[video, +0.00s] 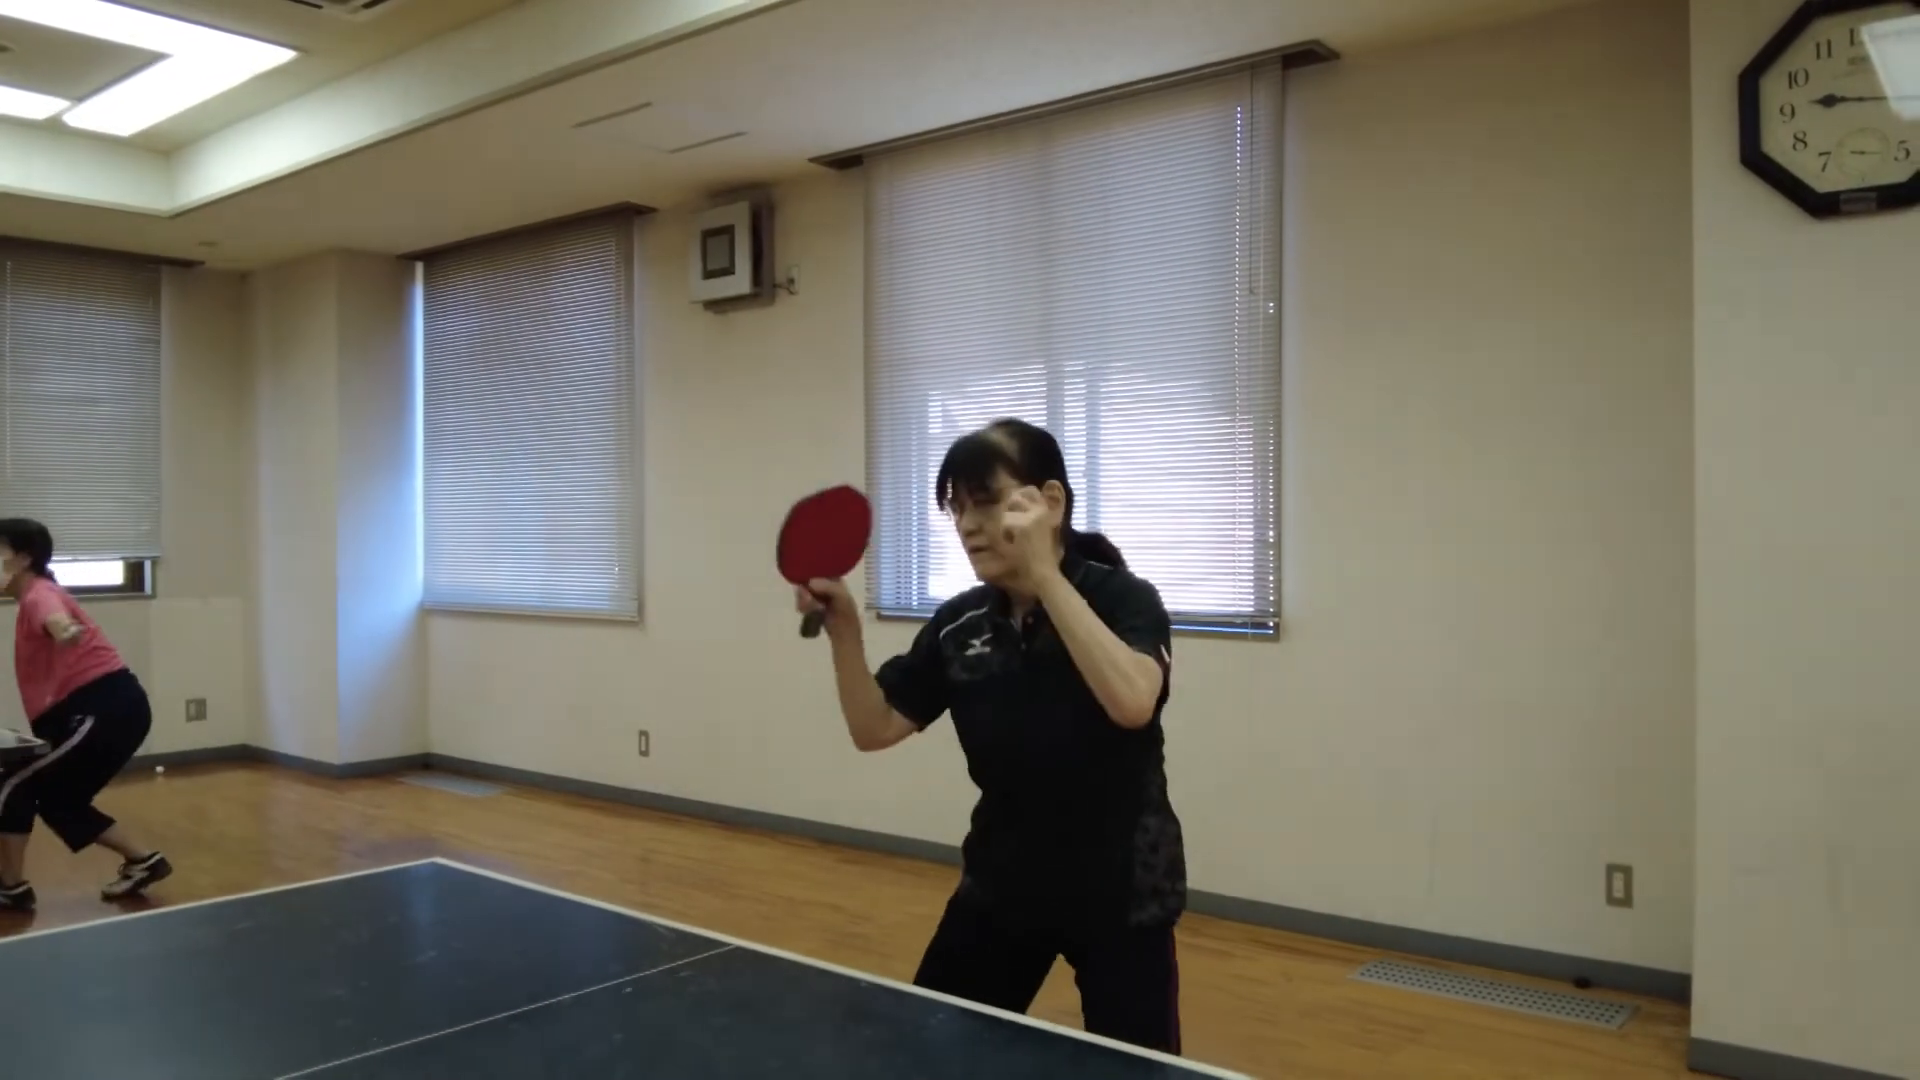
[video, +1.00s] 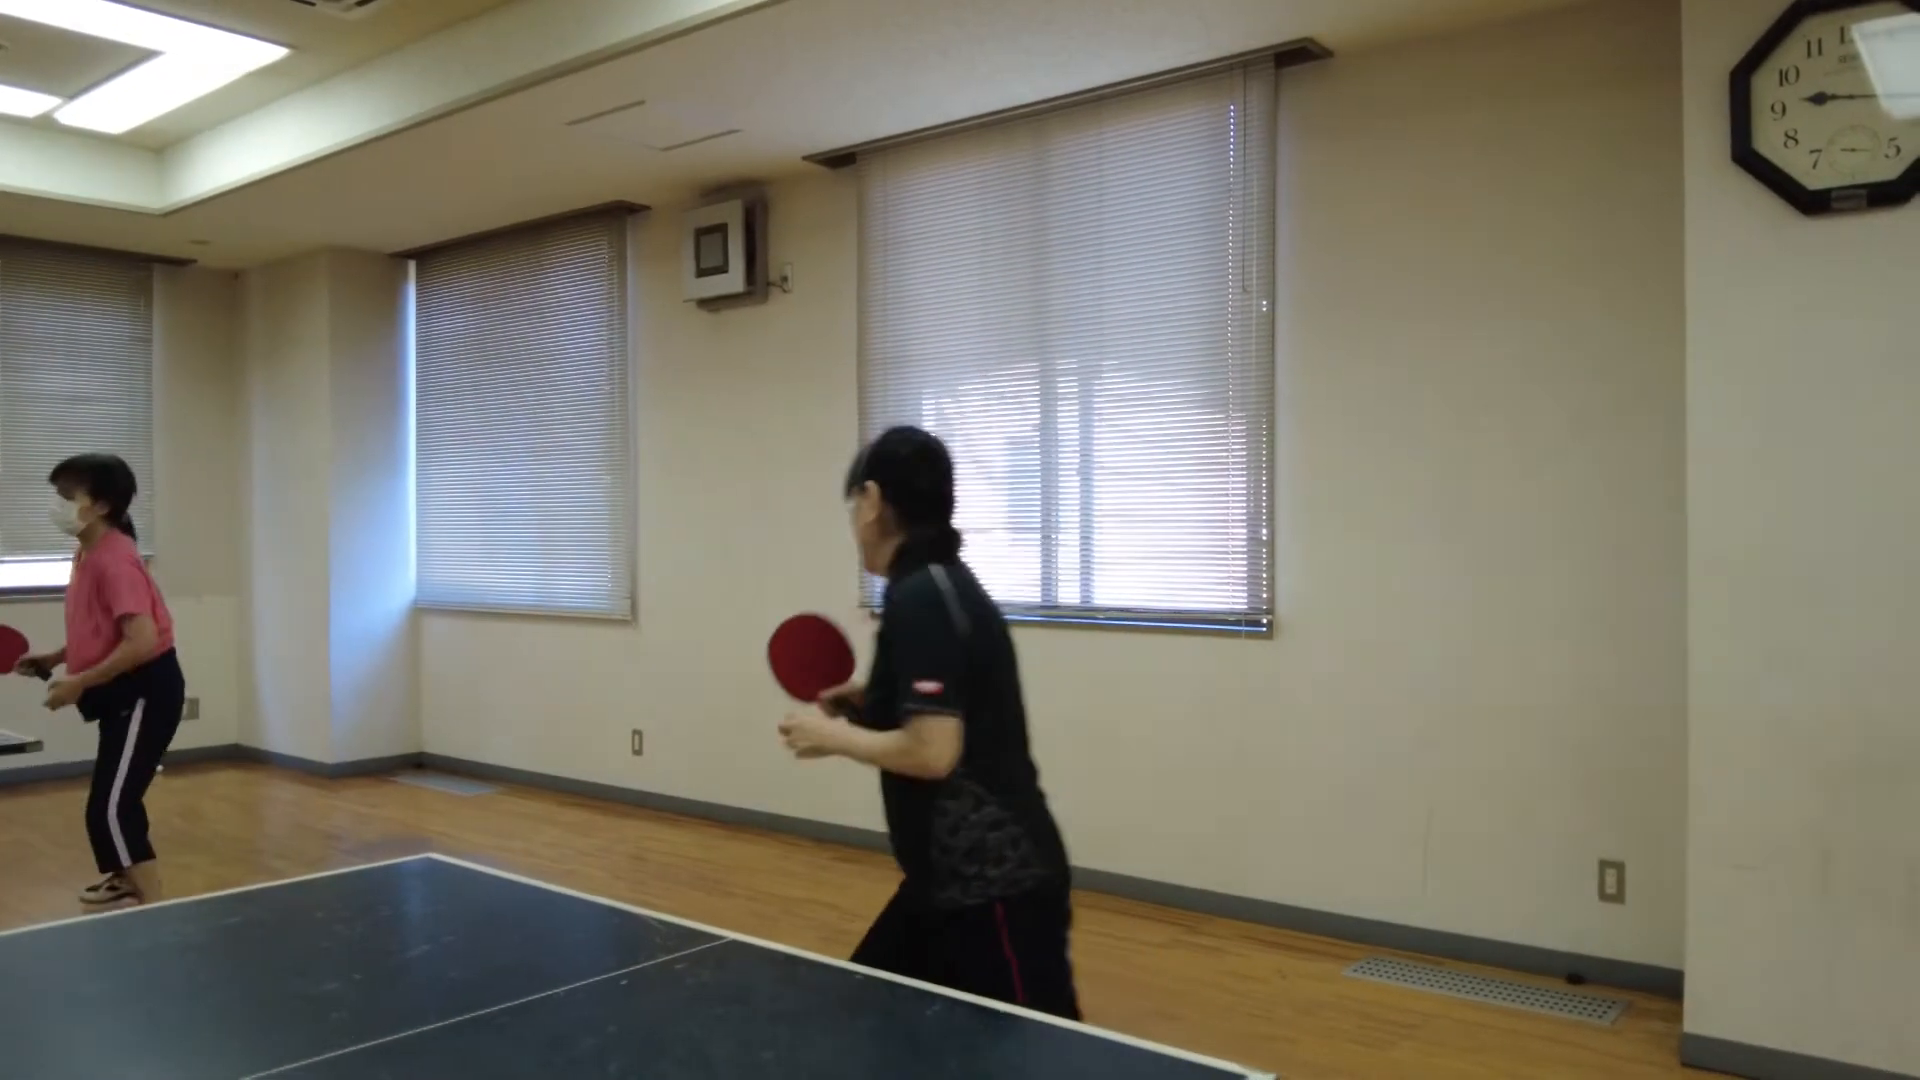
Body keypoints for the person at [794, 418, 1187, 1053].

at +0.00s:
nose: (970, 525)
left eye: (991, 504)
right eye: (960, 508)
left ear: (1052, 504)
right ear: (952, 517)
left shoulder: (1123, 601)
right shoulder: (960, 626)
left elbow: (1133, 702)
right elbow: (873, 728)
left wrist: (1043, 575)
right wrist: (845, 628)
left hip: (1119, 892)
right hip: (1006, 887)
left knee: (1141, 1069)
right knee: (928, 1046)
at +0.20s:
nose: (954, 503)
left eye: (974, 481)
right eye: (948, 489)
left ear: (1042, 490)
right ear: (943, 502)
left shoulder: (1096, 586)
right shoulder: (968, 607)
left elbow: (1094, 680)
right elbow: (910, 719)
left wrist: (1008, 557)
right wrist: (826, 643)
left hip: (1095, 890)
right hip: (992, 883)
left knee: (1122, 1068)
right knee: (921, 1046)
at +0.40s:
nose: (957, 502)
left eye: (975, 482)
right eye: (949, 485)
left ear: (1042, 483)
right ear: (944, 492)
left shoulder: (1087, 567)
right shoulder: (973, 599)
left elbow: (1025, 624)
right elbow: (942, 721)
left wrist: (978, 494)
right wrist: (847, 649)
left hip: (1080, 887)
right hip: (980, 878)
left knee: (1108, 1067)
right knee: (917, 1044)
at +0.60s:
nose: (946, 488)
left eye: (965, 470)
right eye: (941, 471)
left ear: (1021, 474)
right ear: (937, 476)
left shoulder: (1075, 565)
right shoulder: (975, 590)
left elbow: (1023, 648)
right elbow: (951, 713)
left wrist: (1013, 514)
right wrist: (862, 648)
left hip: (1074, 879)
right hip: (979, 869)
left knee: (1103, 1064)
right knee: (919, 1041)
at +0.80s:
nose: (911, 506)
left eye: (915, 485)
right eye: (910, 488)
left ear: (960, 482)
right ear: (962, 485)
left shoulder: (1031, 580)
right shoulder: (990, 585)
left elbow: (1028, 732)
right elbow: (994, 715)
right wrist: (887, 669)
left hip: (1068, 889)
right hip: (993, 876)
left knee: (1086, 1062)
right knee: (919, 1033)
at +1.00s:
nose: (852, 518)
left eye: (855, 499)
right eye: (853, 500)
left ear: (879, 503)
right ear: (929, 502)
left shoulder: (924, 595)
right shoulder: (945, 587)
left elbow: (934, 751)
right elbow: (957, 717)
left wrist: (838, 738)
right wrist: (870, 703)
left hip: (992, 888)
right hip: (955, 879)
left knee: (1036, 1054)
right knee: (857, 1010)